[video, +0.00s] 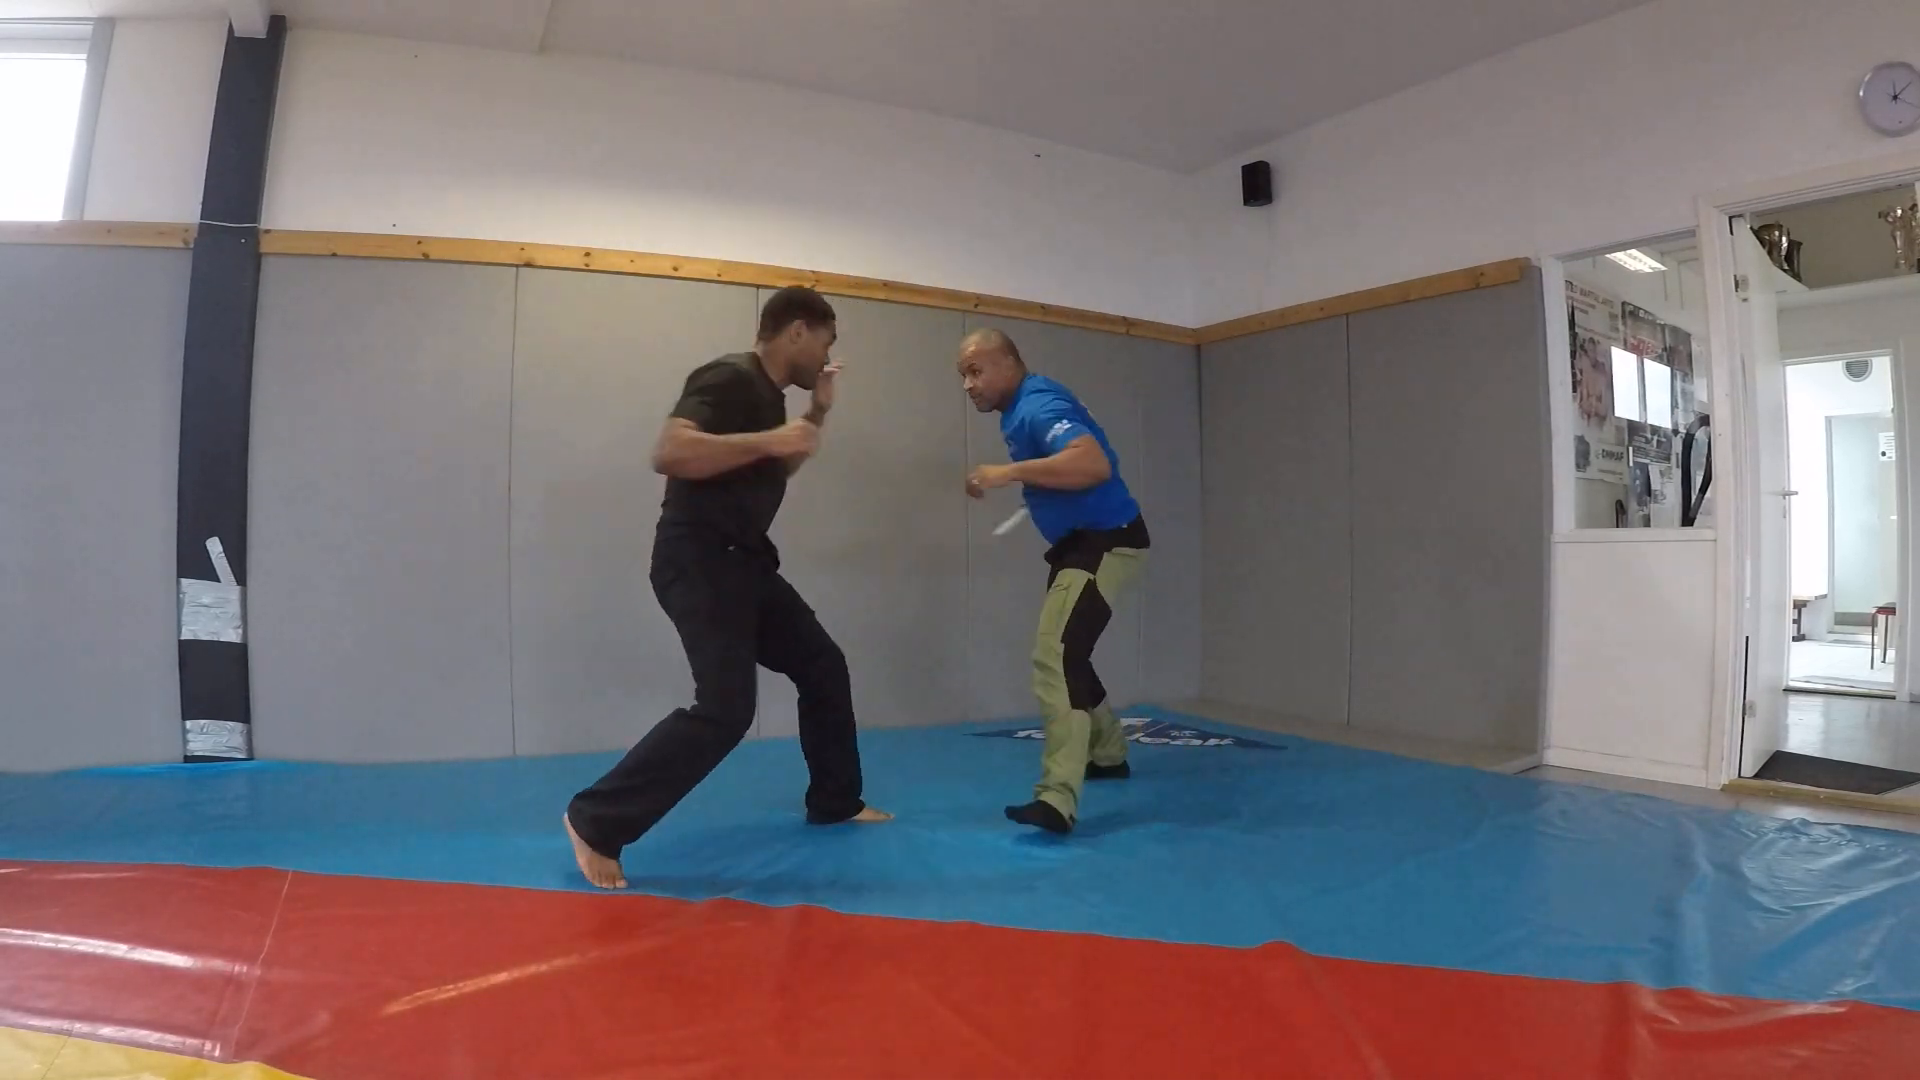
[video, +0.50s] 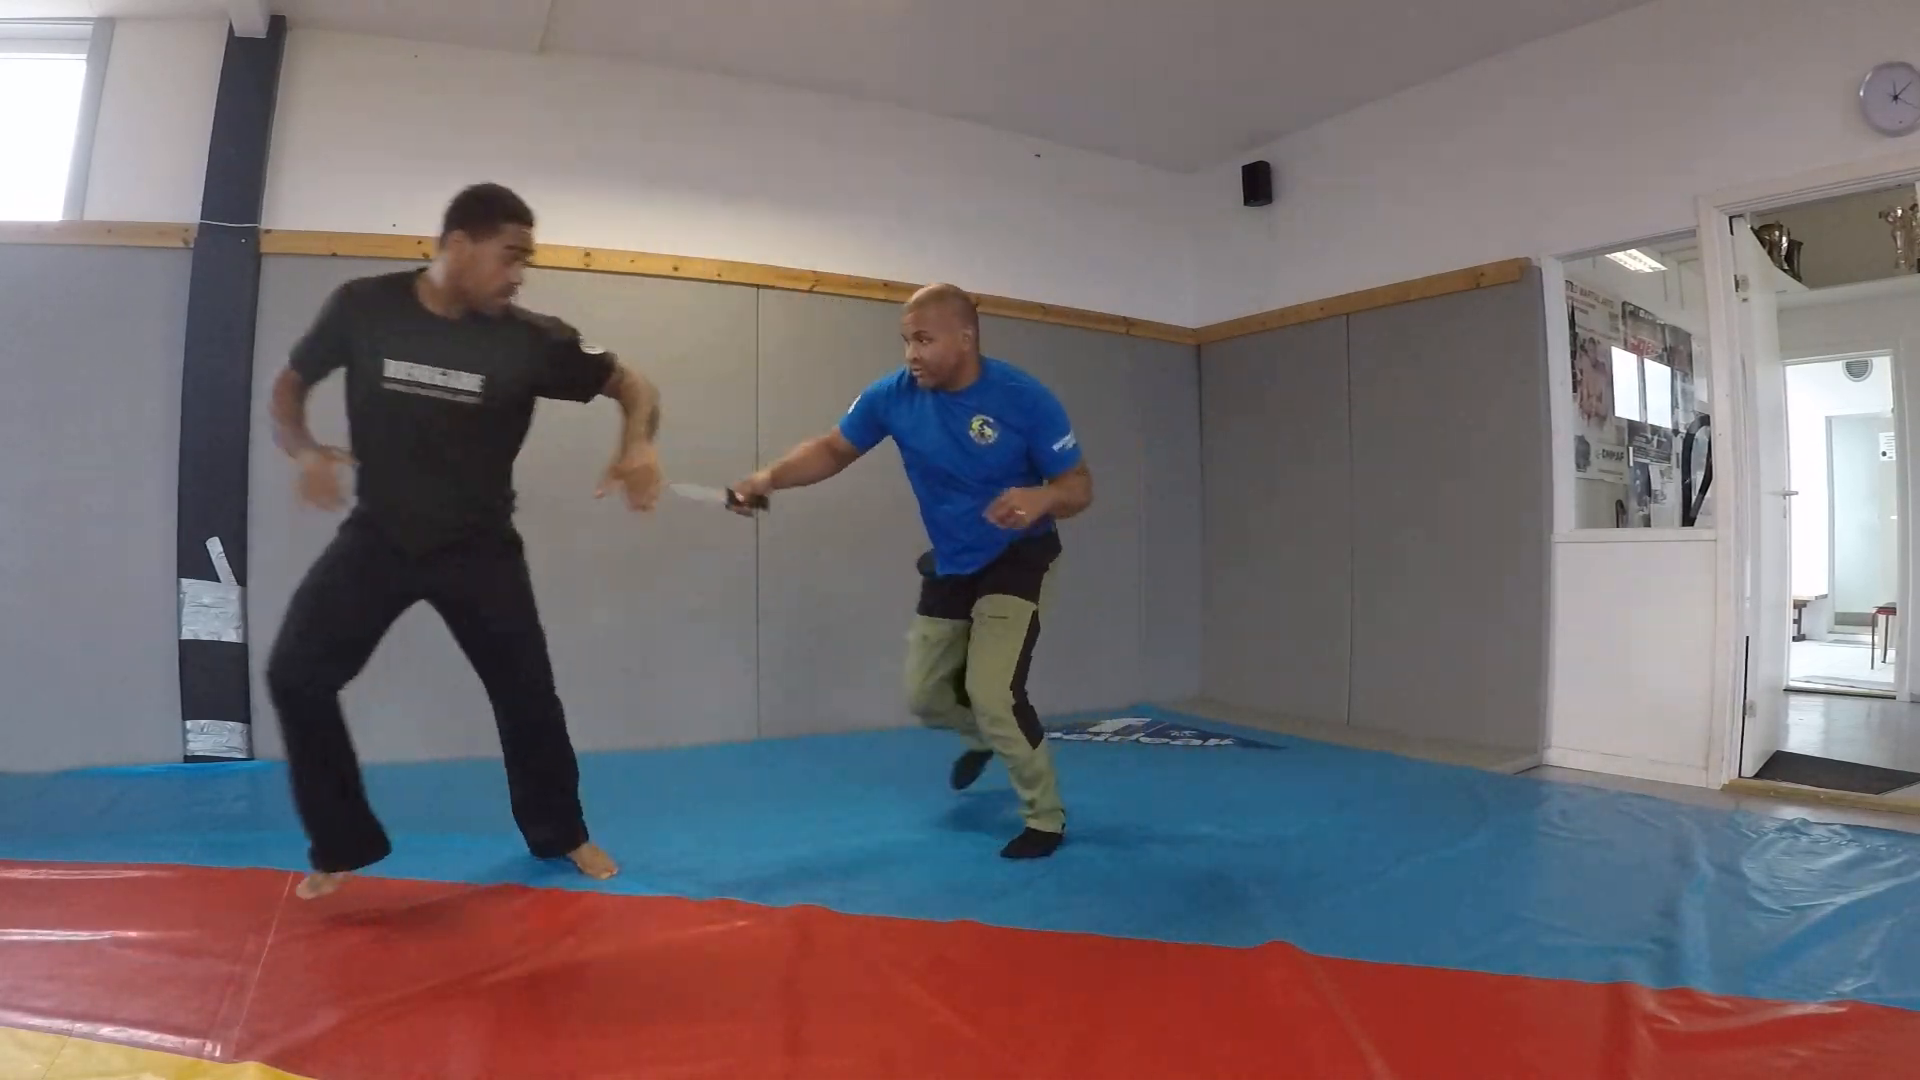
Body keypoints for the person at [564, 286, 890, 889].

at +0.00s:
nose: (829, 355)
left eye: (831, 343)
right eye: (828, 341)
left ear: (795, 333)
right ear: (797, 332)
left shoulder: (770, 397)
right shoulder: (729, 379)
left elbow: (777, 470)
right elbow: (670, 452)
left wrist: (818, 412)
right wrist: (768, 443)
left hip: (744, 564)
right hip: (698, 562)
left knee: (824, 668)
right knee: (725, 710)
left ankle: (834, 801)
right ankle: (595, 820)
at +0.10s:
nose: (781, 331)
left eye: (783, 318)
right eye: (778, 316)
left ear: (744, 306)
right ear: (744, 304)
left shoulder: (721, 373)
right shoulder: (662, 353)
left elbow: (732, 404)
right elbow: (569, 415)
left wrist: (765, 363)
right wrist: (659, 377)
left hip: (710, 561)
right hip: (648, 560)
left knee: (770, 686)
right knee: (677, 710)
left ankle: (826, 800)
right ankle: (608, 853)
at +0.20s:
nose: (726, 304)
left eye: (730, 292)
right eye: (721, 288)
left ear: (686, 278)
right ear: (680, 272)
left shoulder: (690, 343)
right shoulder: (587, 323)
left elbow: (731, 352)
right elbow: (499, 387)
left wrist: (772, 308)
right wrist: (592, 336)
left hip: (659, 541)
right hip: (582, 540)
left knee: (716, 676)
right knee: (615, 702)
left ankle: (752, 807)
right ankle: (604, 858)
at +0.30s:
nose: (675, 284)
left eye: (680, 271)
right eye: (670, 267)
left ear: (636, 261)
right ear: (624, 253)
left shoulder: (652, 325)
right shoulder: (523, 301)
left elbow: (715, 348)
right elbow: (466, 409)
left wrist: (755, 354)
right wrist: (575, 390)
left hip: (596, 510)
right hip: (514, 512)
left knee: (658, 655)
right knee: (528, 682)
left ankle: (617, 808)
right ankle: (578, 838)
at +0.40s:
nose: (612, 284)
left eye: (616, 270)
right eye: (603, 267)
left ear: (575, 262)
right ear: (550, 256)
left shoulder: (601, 329)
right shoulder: (452, 316)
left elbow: (694, 367)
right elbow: (399, 434)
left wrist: (695, 406)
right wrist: (493, 476)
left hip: (545, 528)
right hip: (453, 524)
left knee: (577, 692)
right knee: (411, 682)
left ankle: (557, 828)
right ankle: (453, 827)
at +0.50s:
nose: (519, 272)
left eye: (525, 258)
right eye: (509, 255)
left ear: (519, 260)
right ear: (454, 247)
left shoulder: (534, 344)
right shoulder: (362, 308)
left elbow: (634, 386)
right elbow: (289, 384)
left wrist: (637, 446)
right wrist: (303, 451)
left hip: (479, 548)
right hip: (380, 540)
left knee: (529, 693)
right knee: (296, 674)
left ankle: (562, 835)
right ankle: (342, 846)